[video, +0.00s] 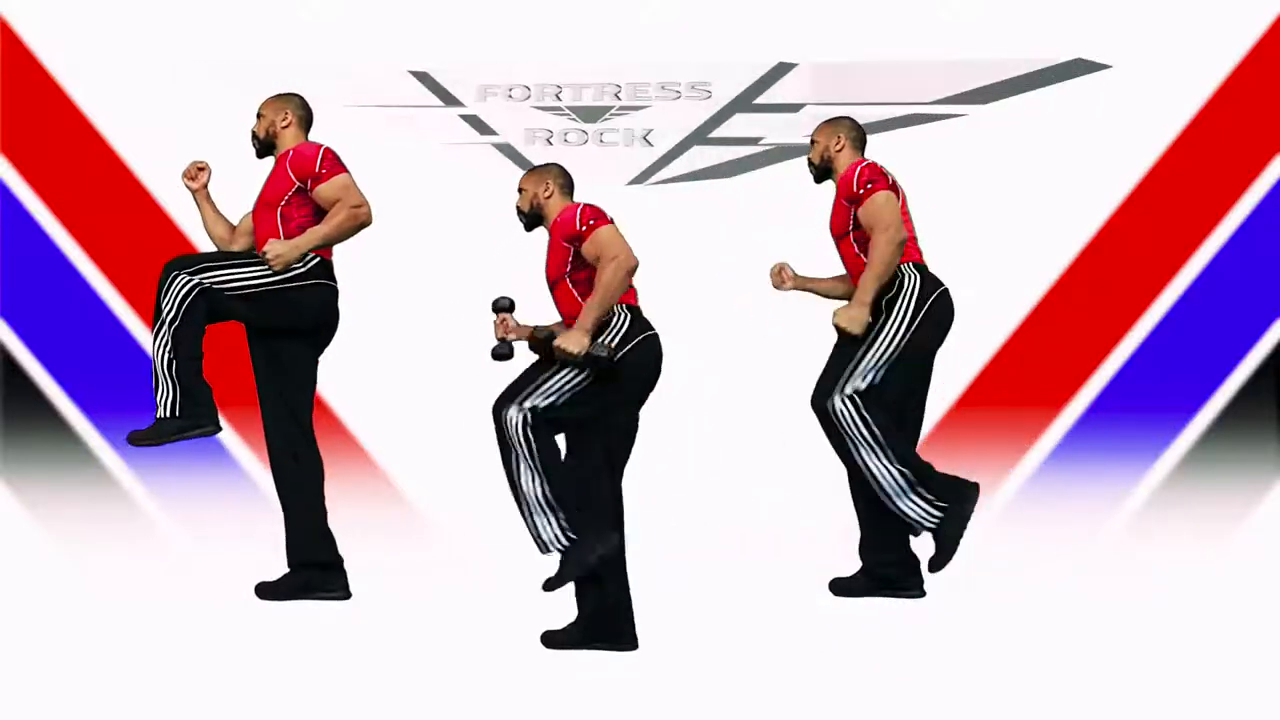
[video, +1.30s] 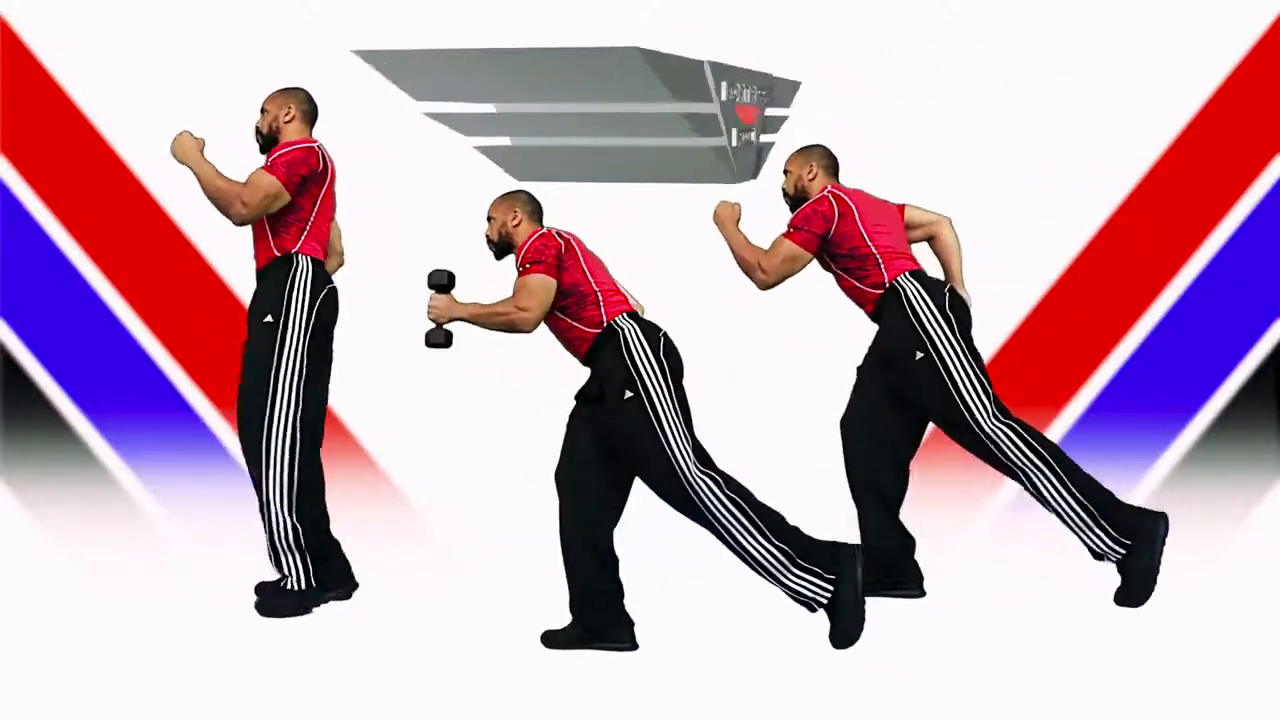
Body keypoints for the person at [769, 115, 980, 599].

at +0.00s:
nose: (809, 154)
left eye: (814, 144)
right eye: (809, 146)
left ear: (839, 143)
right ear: (841, 145)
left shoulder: (862, 173)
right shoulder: (845, 202)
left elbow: (890, 233)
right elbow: (860, 284)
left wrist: (859, 304)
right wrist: (800, 282)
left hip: (907, 294)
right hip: (894, 303)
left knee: (838, 397)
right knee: (874, 431)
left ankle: (940, 502)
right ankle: (889, 567)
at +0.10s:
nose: (817, 143)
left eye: (822, 133)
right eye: (818, 136)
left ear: (847, 131)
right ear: (850, 134)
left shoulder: (873, 162)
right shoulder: (853, 190)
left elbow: (916, 215)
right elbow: (830, 264)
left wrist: (913, 289)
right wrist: (780, 237)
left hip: (896, 285)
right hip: (903, 295)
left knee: (794, 344)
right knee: (877, 439)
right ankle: (893, 568)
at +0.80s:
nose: (823, 137)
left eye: (829, 128)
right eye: (824, 130)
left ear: (854, 127)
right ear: (853, 129)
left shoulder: (877, 159)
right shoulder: (857, 186)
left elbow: (917, 214)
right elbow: (834, 260)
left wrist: (904, 289)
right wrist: (783, 231)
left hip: (889, 280)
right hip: (895, 295)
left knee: (777, 309)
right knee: (869, 432)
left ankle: (790, 440)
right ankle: (891, 568)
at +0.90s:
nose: (814, 142)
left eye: (818, 132)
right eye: (815, 135)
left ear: (841, 129)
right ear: (851, 132)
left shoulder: (866, 162)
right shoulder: (859, 181)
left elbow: (882, 233)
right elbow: (861, 271)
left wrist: (832, 290)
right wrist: (803, 275)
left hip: (901, 284)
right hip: (907, 299)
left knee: (797, 355)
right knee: (876, 432)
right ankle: (892, 568)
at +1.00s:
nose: (804, 152)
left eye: (809, 142)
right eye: (804, 144)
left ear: (834, 139)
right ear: (840, 141)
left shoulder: (853, 173)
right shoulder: (869, 180)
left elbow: (837, 248)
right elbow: (890, 261)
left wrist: (766, 264)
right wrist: (860, 309)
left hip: (899, 289)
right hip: (907, 296)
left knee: (846, 407)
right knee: (877, 426)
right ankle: (890, 566)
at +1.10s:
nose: (794, 162)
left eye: (800, 152)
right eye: (794, 154)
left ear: (824, 151)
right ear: (836, 155)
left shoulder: (837, 184)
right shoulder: (866, 190)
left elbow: (795, 257)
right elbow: (929, 246)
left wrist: (738, 234)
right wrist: (914, 308)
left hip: (903, 296)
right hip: (893, 306)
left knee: (915, 432)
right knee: (864, 432)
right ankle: (891, 565)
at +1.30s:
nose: (781, 185)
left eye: (787, 176)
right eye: (782, 177)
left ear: (814, 172)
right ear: (824, 178)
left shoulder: (824, 207)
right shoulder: (862, 205)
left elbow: (765, 271)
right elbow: (938, 224)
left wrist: (726, 226)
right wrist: (957, 292)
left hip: (916, 308)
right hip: (903, 319)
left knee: (987, 429)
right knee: (866, 433)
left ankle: (1128, 534)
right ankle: (891, 567)